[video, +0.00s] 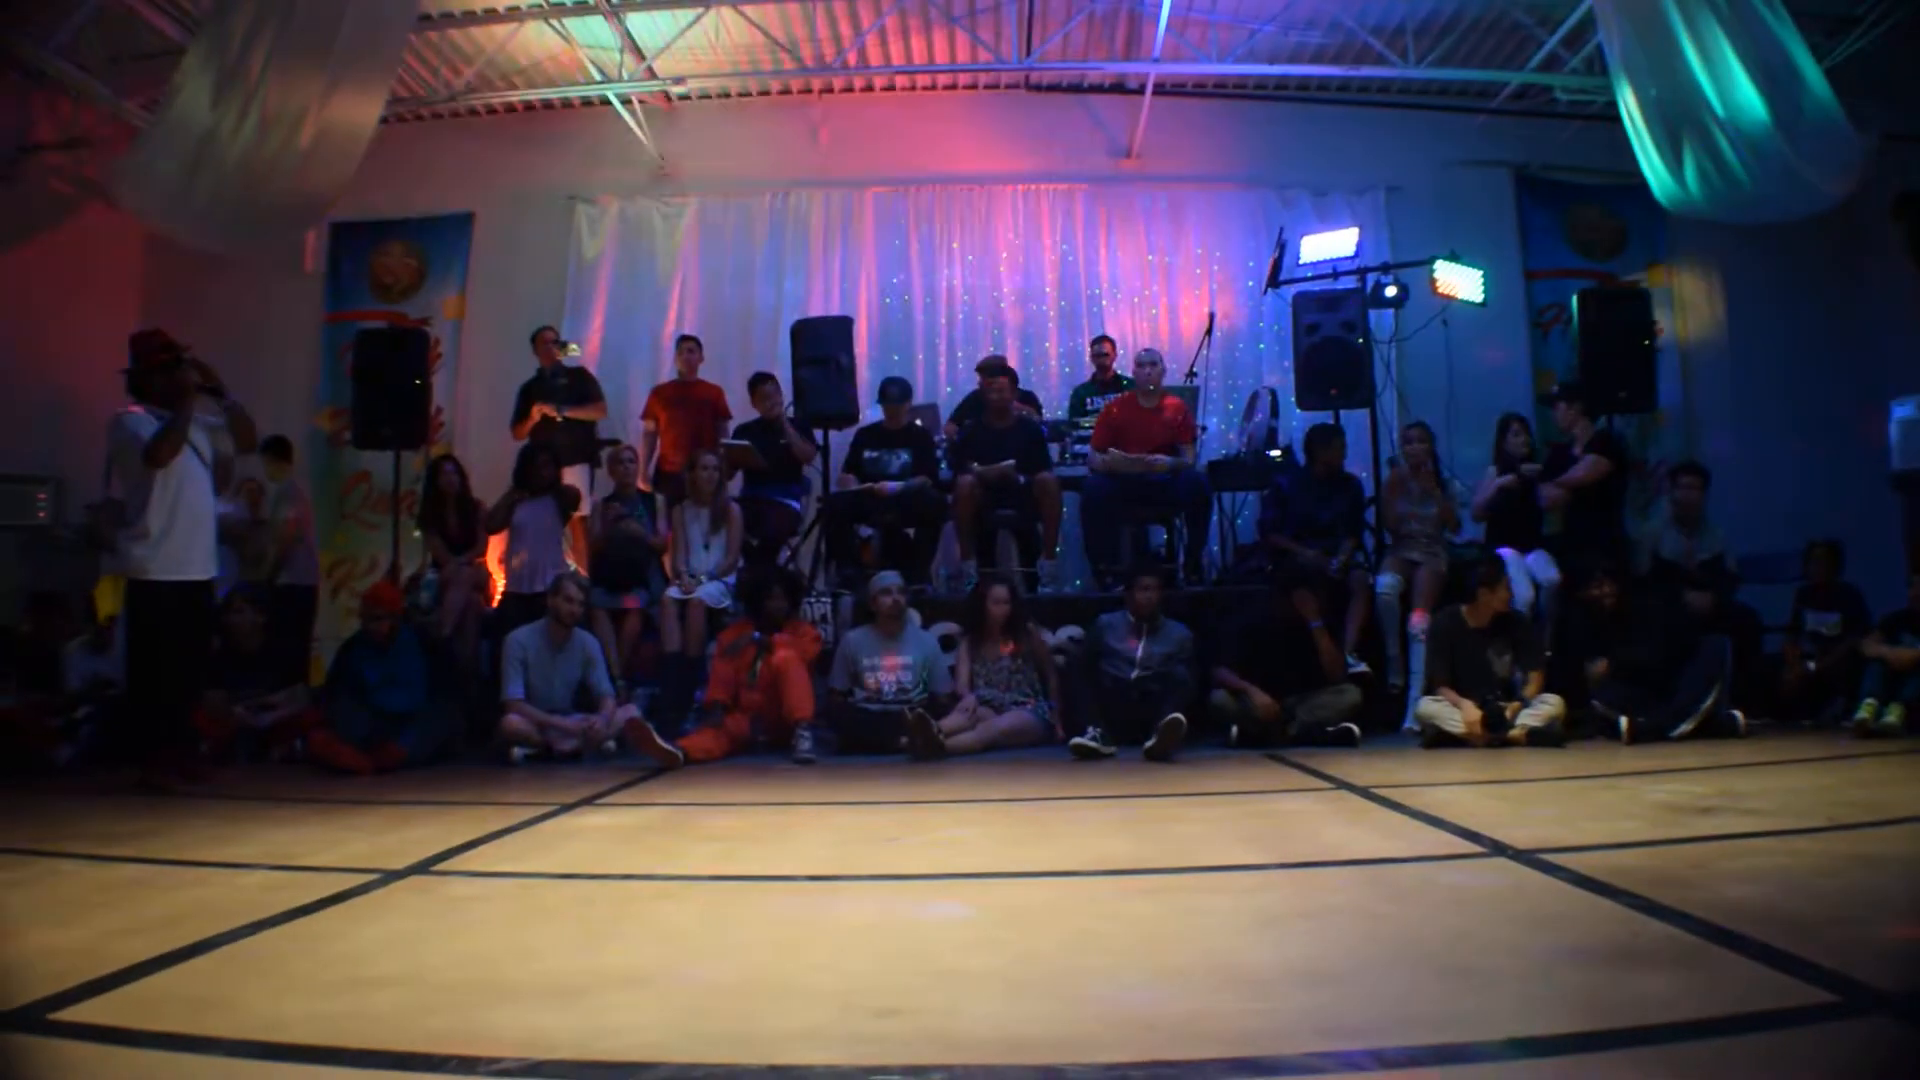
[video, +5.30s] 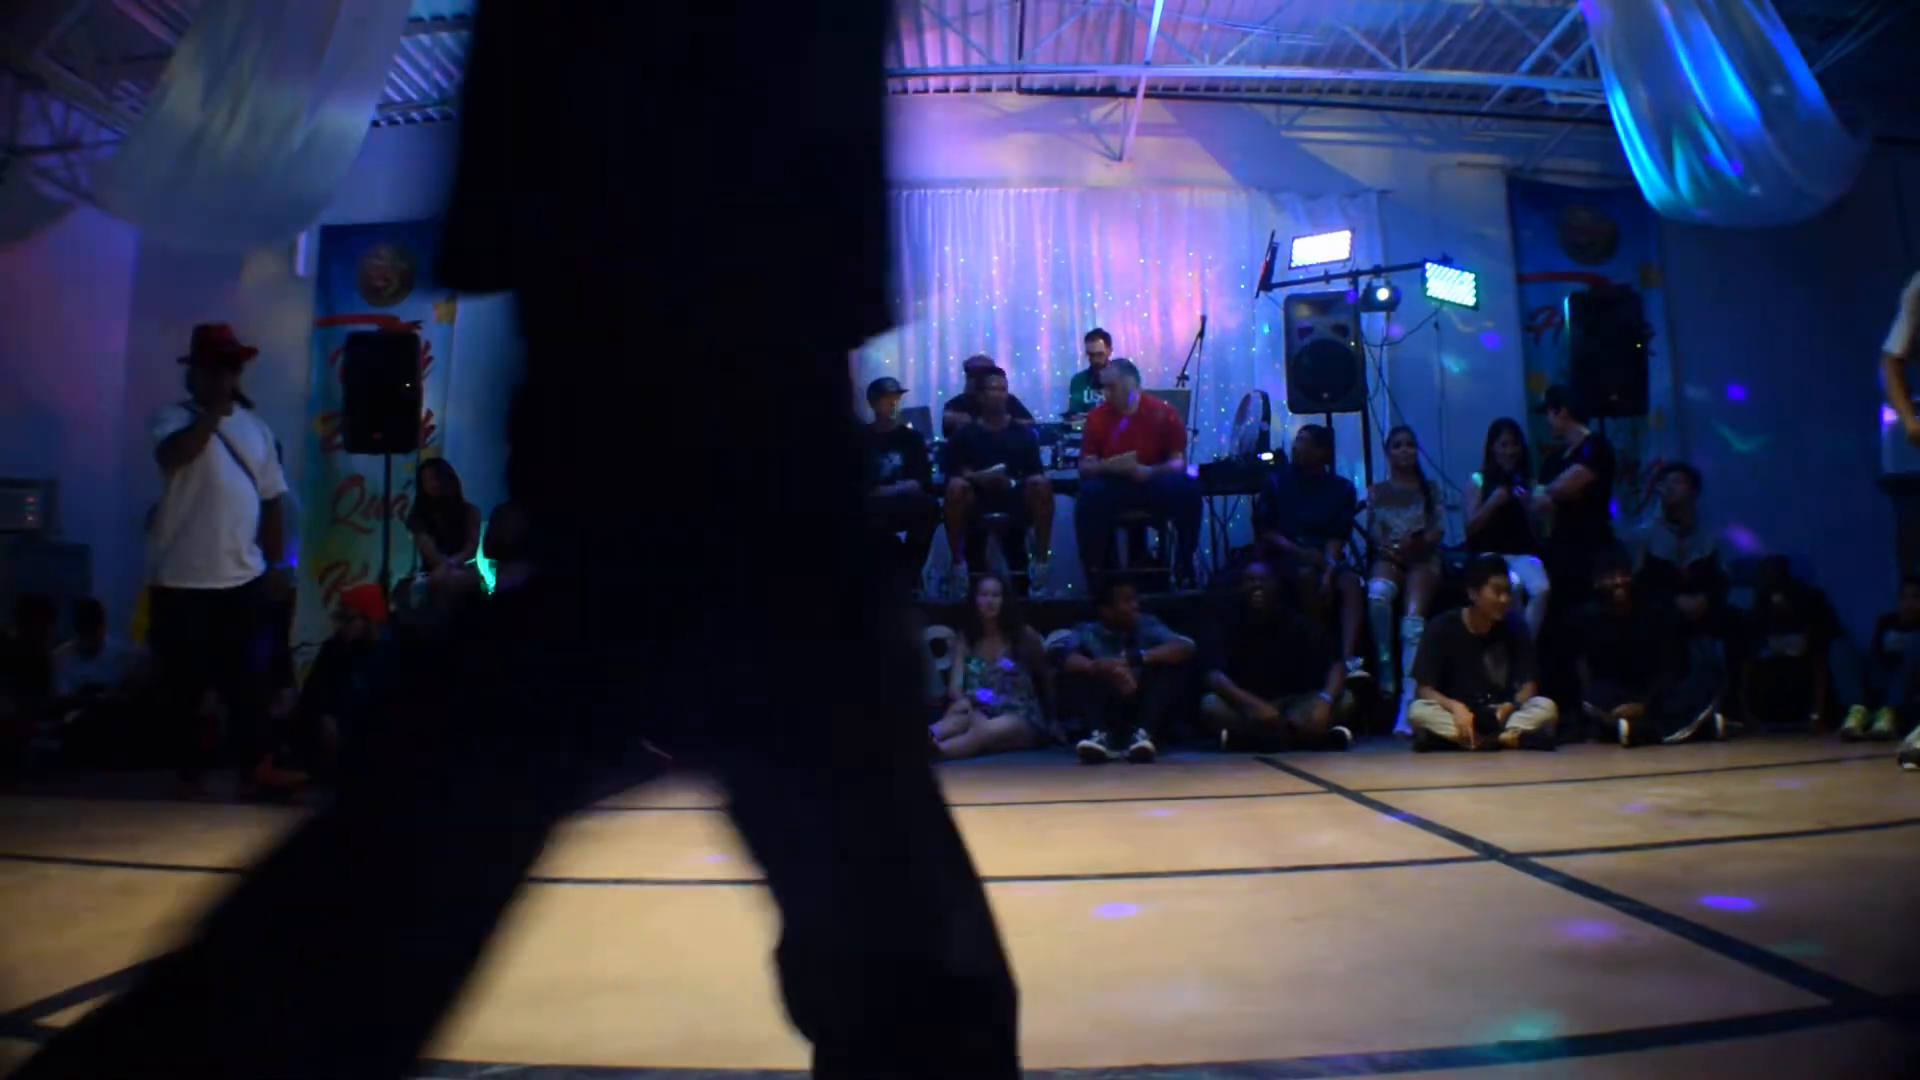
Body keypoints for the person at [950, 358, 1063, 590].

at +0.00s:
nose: (996, 397)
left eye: (1002, 391)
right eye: (992, 391)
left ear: (1014, 393)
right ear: (983, 394)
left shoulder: (1029, 428)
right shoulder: (971, 429)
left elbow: (1043, 468)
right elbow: (958, 467)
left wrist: (1012, 474)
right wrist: (984, 472)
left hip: (1020, 487)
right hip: (984, 489)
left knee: (1047, 481)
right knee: (965, 483)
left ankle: (1049, 559)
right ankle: (967, 561)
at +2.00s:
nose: (994, 410)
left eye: (1000, 404)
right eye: (990, 403)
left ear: (1009, 404)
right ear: (981, 403)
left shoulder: (1021, 432)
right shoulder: (966, 433)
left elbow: (1034, 470)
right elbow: (951, 471)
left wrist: (1008, 476)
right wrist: (976, 475)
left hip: (1012, 490)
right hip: (977, 491)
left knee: (1041, 487)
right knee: (957, 488)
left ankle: (1041, 558)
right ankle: (959, 563)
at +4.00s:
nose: (994, 413)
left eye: (1002, 408)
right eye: (990, 405)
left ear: (1012, 408)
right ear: (982, 402)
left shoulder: (1023, 435)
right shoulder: (963, 435)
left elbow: (1035, 471)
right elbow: (951, 472)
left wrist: (1006, 476)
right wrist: (976, 474)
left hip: (1013, 493)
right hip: (977, 493)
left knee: (1040, 486)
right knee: (957, 487)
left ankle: (1041, 563)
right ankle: (958, 565)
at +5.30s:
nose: (999, 394)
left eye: (1003, 389)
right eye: (993, 389)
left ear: (1008, 394)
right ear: (981, 395)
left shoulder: (1022, 432)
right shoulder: (966, 433)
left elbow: (1035, 471)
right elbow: (954, 468)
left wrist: (1010, 481)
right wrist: (979, 477)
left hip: (1013, 490)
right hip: (978, 491)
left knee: (1040, 486)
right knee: (957, 487)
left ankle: (1041, 562)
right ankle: (958, 564)